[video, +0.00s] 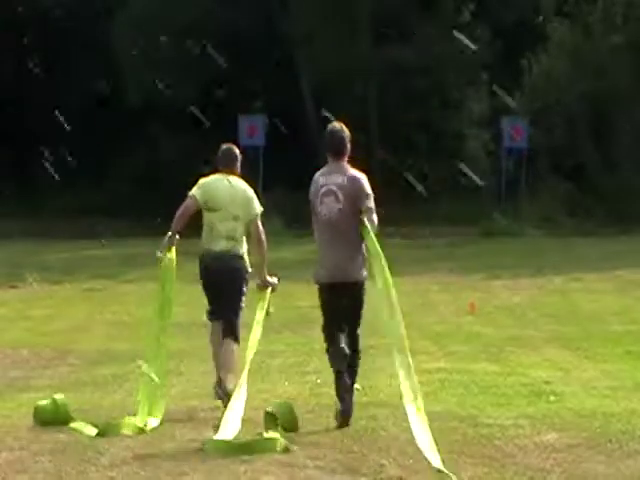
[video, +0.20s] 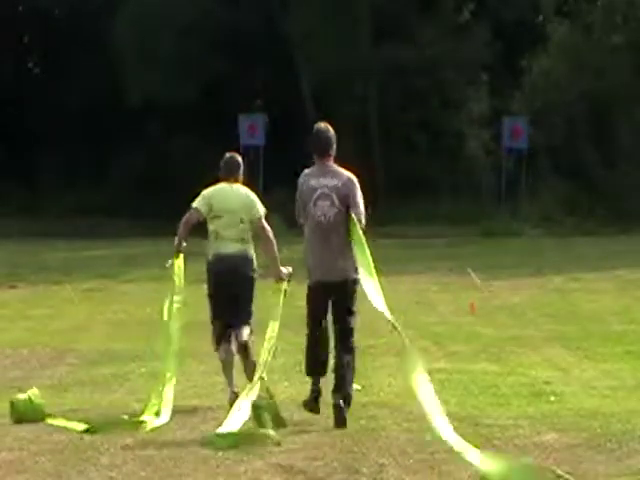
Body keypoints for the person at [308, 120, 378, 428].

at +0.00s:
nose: (348, 149)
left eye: (340, 144)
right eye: (349, 144)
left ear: (325, 148)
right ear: (348, 147)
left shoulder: (317, 179)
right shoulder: (358, 180)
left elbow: (315, 221)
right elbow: (371, 220)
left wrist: (323, 244)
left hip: (326, 271)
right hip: (353, 271)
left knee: (331, 328)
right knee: (351, 330)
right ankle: (348, 389)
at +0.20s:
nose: (320, 153)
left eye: (317, 147)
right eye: (329, 147)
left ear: (312, 149)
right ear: (335, 148)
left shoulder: (305, 179)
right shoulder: (348, 180)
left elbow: (299, 218)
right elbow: (359, 221)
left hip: (317, 271)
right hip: (344, 270)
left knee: (316, 327)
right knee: (345, 331)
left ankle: (315, 383)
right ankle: (343, 393)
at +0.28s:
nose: (318, 152)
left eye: (310, 148)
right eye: (321, 145)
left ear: (304, 150)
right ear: (325, 147)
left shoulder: (300, 180)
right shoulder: (337, 176)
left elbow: (305, 217)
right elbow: (348, 217)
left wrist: (341, 198)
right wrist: (357, 194)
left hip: (314, 270)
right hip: (340, 269)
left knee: (314, 330)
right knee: (341, 328)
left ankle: (317, 396)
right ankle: (333, 389)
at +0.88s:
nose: (314, 149)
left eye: (308, 144)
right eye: (317, 144)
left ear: (298, 146)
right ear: (320, 146)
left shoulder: (291, 172)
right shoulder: (330, 173)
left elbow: (283, 205)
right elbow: (340, 206)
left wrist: (289, 216)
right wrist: (339, 205)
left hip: (299, 256)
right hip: (325, 254)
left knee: (301, 316)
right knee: (324, 304)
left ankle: (305, 373)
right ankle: (323, 331)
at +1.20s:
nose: (322, 161)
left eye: (317, 156)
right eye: (322, 157)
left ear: (302, 158)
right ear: (322, 159)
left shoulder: (292, 181)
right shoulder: (322, 188)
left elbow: (294, 215)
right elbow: (324, 227)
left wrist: (330, 212)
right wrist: (342, 216)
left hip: (288, 264)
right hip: (312, 265)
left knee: (300, 315)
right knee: (322, 320)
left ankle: (303, 341)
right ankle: (323, 378)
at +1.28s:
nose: (318, 169)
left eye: (312, 164)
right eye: (320, 164)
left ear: (301, 166)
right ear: (320, 167)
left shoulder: (291, 185)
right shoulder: (322, 194)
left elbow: (285, 217)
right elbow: (326, 230)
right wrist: (338, 223)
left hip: (289, 267)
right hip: (312, 268)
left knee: (296, 317)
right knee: (323, 323)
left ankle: (289, 337)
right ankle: (322, 377)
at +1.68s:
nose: (306, 164)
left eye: (303, 159)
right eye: (307, 160)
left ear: (288, 157)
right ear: (306, 160)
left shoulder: (277, 180)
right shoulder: (303, 184)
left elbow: (281, 217)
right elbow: (306, 221)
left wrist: (315, 217)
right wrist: (324, 231)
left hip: (275, 259)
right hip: (297, 259)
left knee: (280, 313)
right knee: (309, 301)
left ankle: (280, 367)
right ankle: (297, 356)